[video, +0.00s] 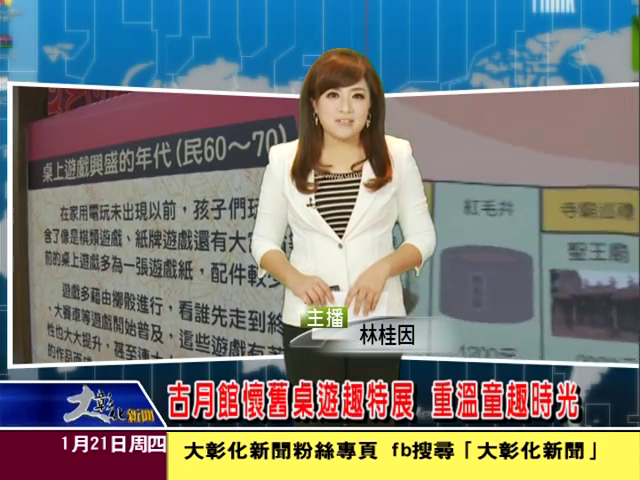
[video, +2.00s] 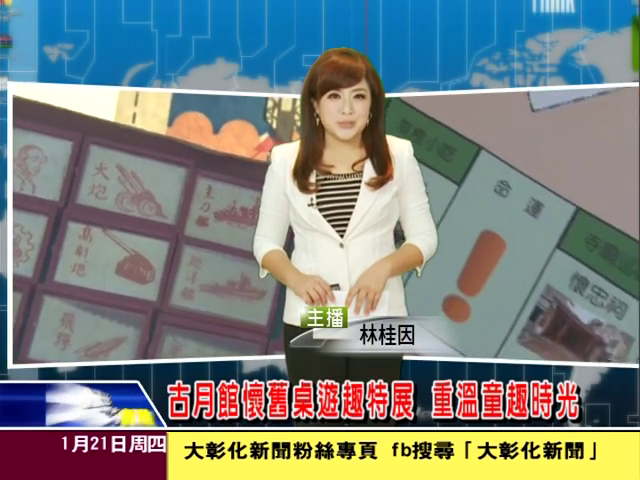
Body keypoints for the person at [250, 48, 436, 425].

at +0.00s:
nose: (346, 107)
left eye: (357, 96)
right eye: (333, 96)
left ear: (371, 105)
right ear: (313, 104)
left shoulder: (394, 156)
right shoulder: (285, 160)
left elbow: (423, 238)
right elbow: (263, 242)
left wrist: (382, 267)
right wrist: (296, 279)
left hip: (377, 323)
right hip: (308, 323)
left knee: (376, 439)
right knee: (314, 439)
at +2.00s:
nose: (347, 109)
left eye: (359, 97)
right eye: (334, 97)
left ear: (373, 104)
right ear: (315, 105)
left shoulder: (396, 155)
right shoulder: (287, 160)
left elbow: (424, 239)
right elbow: (265, 243)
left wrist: (383, 267)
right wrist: (297, 279)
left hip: (379, 323)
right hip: (309, 323)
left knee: (377, 439)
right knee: (314, 438)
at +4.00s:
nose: (343, 105)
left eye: (355, 94)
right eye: (330, 94)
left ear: (370, 103)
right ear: (312, 104)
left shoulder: (395, 155)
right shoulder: (286, 159)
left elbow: (422, 237)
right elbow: (268, 242)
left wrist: (389, 265)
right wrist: (289, 273)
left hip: (376, 326)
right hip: (307, 324)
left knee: (375, 441)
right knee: (313, 440)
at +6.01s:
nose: (345, 104)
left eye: (356, 92)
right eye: (332, 93)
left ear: (370, 101)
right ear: (313, 104)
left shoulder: (396, 155)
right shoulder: (287, 159)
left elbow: (424, 237)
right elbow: (268, 242)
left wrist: (389, 265)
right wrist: (290, 274)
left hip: (378, 324)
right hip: (308, 323)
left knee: (375, 440)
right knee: (313, 439)